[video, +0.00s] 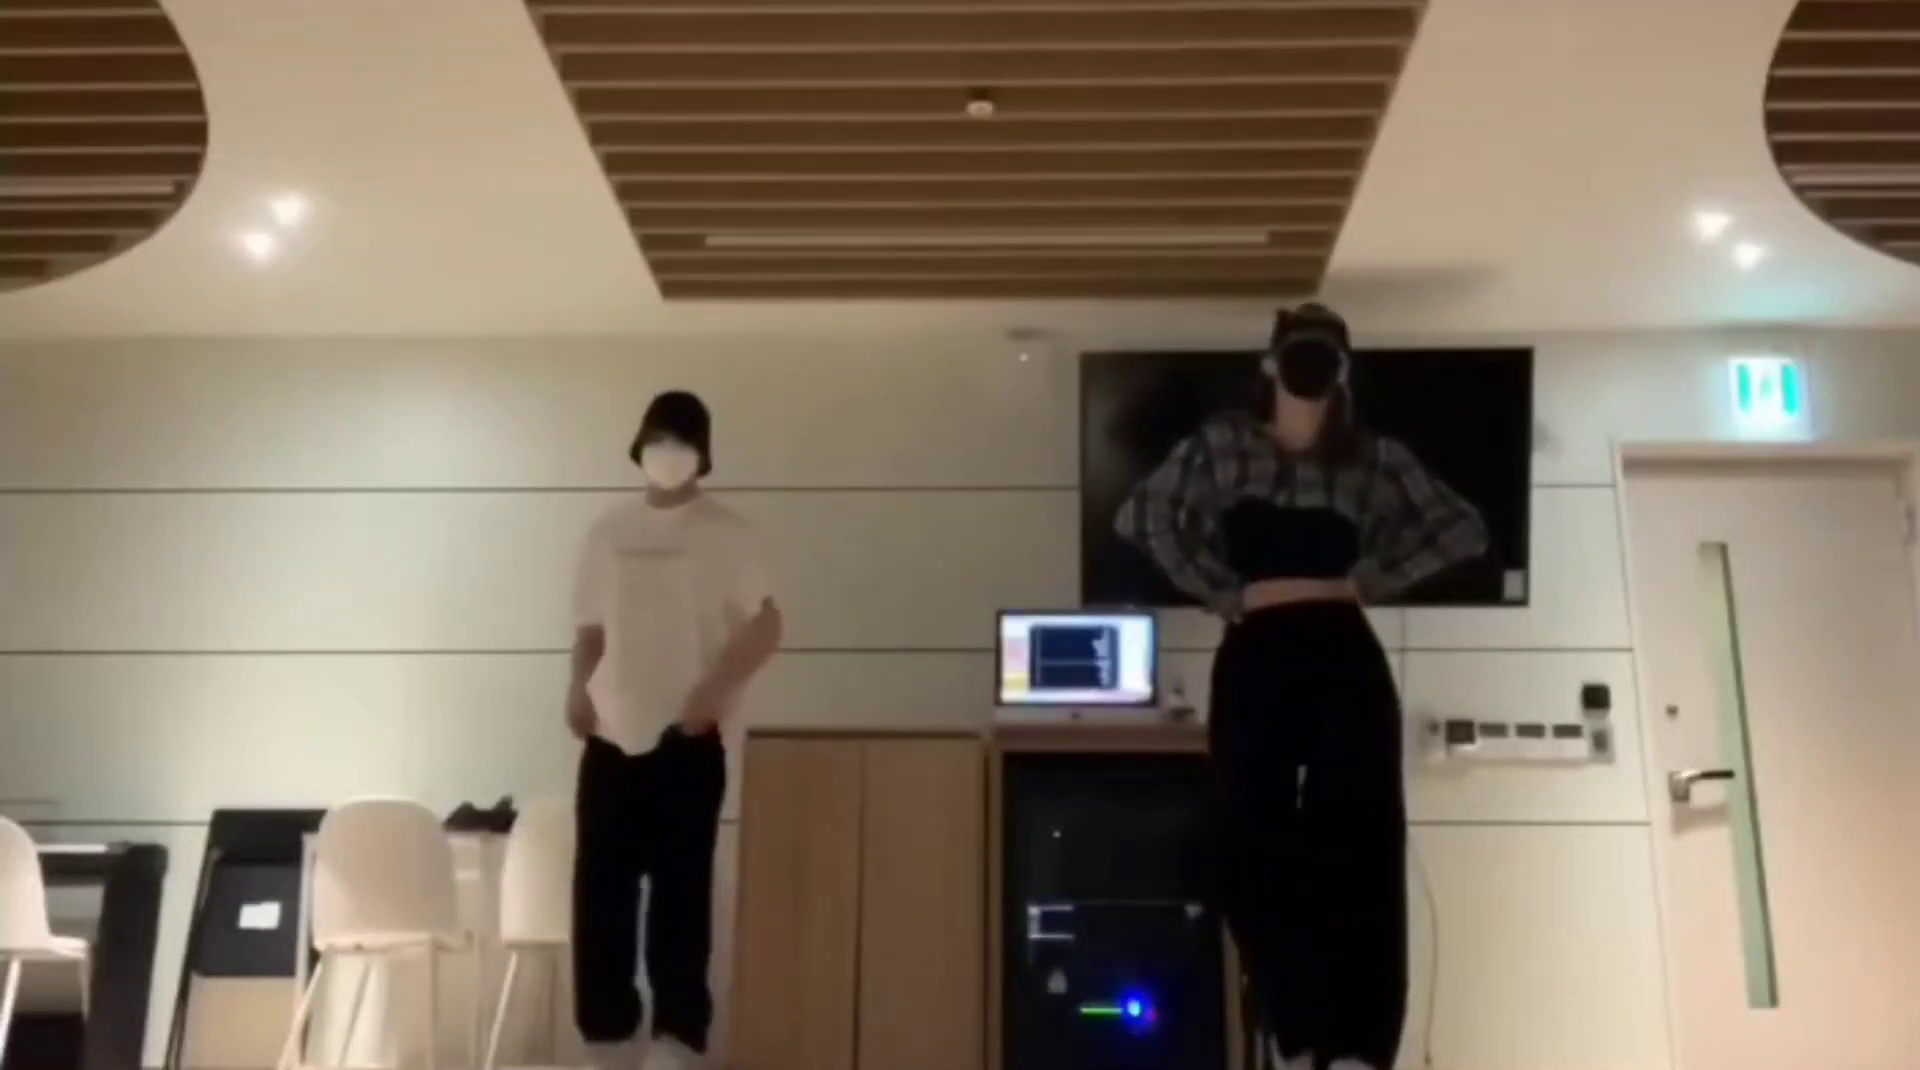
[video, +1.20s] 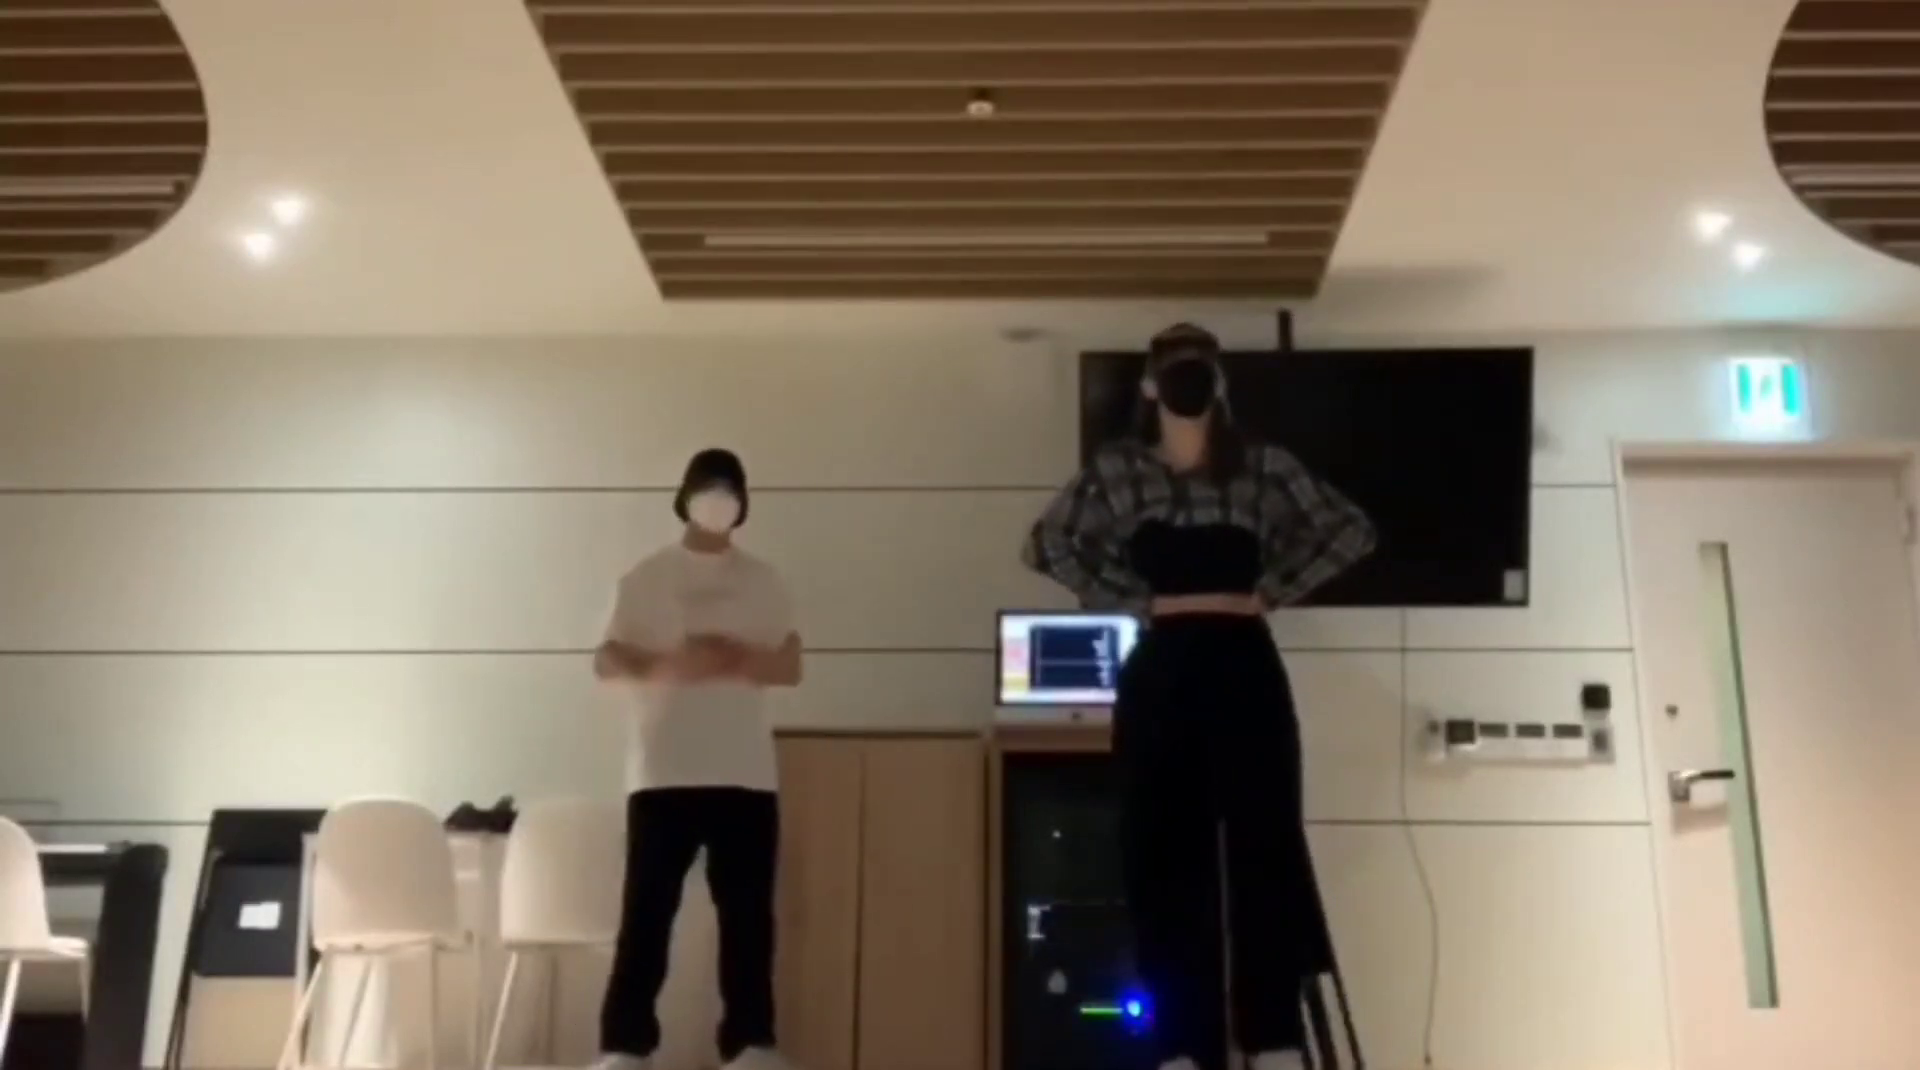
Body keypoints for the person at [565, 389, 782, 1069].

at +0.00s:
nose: (667, 455)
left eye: (681, 443)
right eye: (654, 443)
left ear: (703, 453)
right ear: (638, 451)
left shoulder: (733, 532)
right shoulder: (610, 530)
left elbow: (765, 624)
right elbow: (591, 624)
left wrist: (713, 692)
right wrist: (579, 684)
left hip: (692, 743)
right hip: (611, 743)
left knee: (682, 894)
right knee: (603, 893)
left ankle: (680, 1037)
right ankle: (606, 1036)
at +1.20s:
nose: (717, 504)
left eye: (728, 493)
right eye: (706, 491)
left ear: (743, 504)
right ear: (684, 499)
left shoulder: (763, 579)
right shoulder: (647, 576)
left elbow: (790, 667)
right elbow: (609, 661)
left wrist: (735, 656)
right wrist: (681, 661)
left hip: (744, 772)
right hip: (663, 772)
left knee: (748, 918)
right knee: (645, 918)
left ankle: (749, 1044)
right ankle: (625, 1046)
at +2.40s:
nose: (858, 507)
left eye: (870, 497)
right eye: (847, 495)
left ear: (882, 510)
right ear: (825, 504)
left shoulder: (884, 591)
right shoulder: (794, 580)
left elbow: (896, 688)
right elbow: (767, 674)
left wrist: (901, 774)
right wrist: (759, 762)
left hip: (870, 772)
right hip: (808, 769)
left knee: (816, 912)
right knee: (846, 913)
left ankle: (758, 1040)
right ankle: (876, 1043)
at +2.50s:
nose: (863, 504)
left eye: (874, 494)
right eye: (851, 491)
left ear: (887, 507)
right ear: (829, 500)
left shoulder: (887, 589)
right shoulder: (800, 578)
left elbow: (901, 683)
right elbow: (783, 671)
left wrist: (908, 767)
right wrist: (789, 758)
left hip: (880, 769)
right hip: (821, 766)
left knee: (823, 912)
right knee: (851, 912)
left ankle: (763, 1036)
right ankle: (876, 1043)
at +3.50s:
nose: (867, 491)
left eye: (879, 480)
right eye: (854, 478)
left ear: (896, 490)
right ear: (835, 487)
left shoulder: (922, 567)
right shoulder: (810, 566)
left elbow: (944, 657)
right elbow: (778, 658)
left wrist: (923, 727)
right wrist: (770, 740)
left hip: (897, 752)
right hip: (821, 752)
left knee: (886, 886)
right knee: (834, 886)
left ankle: (871, 1018)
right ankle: (867, 1027)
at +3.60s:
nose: (859, 489)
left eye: (872, 477)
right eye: (847, 476)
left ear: (890, 488)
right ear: (828, 485)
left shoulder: (921, 568)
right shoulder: (805, 566)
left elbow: (939, 658)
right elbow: (776, 658)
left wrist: (899, 729)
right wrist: (763, 737)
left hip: (887, 749)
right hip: (813, 748)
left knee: (857, 897)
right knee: (835, 899)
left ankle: (808, 1016)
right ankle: (875, 1037)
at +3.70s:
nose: (848, 487)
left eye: (863, 476)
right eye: (838, 474)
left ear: (882, 488)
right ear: (820, 485)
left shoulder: (911, 571)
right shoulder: (790, 574)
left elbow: (925, 665)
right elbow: (772, 666)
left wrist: (868, 732)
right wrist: (761, 740)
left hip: (878, 756)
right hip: (804, 757)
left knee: (833, 898)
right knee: (838, 902)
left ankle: (780, 1033)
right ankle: (880, 1041)